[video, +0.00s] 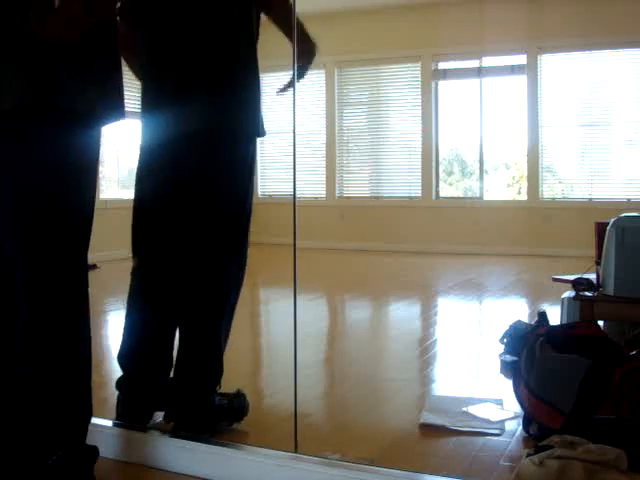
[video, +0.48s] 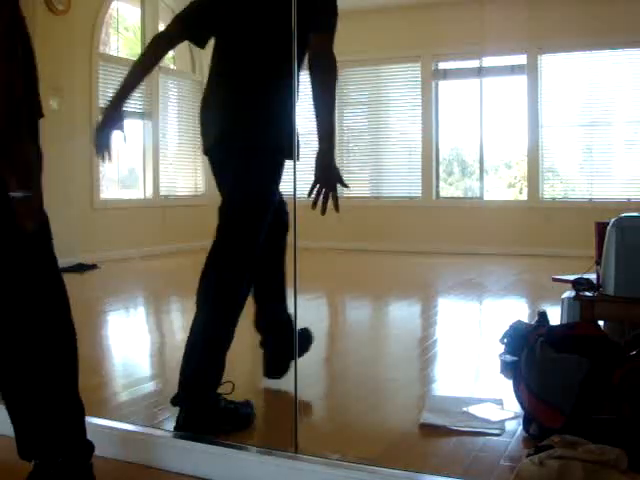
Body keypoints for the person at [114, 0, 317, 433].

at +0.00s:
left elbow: (123, 26)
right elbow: (270, 0)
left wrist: (156, 75)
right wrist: (300, 37)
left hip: (162, 113)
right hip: (226, 116)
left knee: (157, 258)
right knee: (218, 259)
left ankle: (137, 396)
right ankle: (195, 396)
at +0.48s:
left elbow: (163, 41)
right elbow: (322, 61)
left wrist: (112, 109)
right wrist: (327, 153)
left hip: (217, 125)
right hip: (265, 128)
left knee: (271, 223)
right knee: (233, 259)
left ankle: (278, 347)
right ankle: (197, 401)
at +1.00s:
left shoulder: (315, 27)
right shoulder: (390, 7)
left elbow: (300, 89)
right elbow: (386, 48)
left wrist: (305, 126)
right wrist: (400, 102)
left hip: (328, 142)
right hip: (377, 139)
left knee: (315, 242)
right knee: (396, 225)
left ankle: (311, 351)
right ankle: (414, 322)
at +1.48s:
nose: (424, 13)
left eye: (417, 9)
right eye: (431, 9)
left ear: (409, 12)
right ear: (439, 10)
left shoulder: (395, 48)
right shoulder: (458, 36)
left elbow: (371, 102)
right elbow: (482, 84)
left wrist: (379, 139)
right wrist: (486, 132)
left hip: (412, 144)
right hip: (447, 144)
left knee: (415, 211)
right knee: (440, 224)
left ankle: (404, 290)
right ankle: (429, 313)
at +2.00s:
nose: (444, 58)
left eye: (446, 53)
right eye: (444, 53)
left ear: (456, 52)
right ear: (473, 50)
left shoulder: (450, 76)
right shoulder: (497, 72)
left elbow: (457, 114)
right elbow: (512, 113)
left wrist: (461, 157)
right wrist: (512, 153)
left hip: (457, 159)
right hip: (489, 156)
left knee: (454, 223)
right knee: (487, 212)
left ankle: (455, 291)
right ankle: (490, 275)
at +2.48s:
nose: (503, 63)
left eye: (507, 58)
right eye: (500, 58)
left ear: (518, 59)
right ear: (498, 60)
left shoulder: (527, 84)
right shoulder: (497, 89)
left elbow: (524, 120)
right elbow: (503, 120)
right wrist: (484, 134)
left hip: (526, 160)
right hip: (508, 161)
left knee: (524, 213)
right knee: (515, 216)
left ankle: (548, 262)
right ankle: (526, 269)